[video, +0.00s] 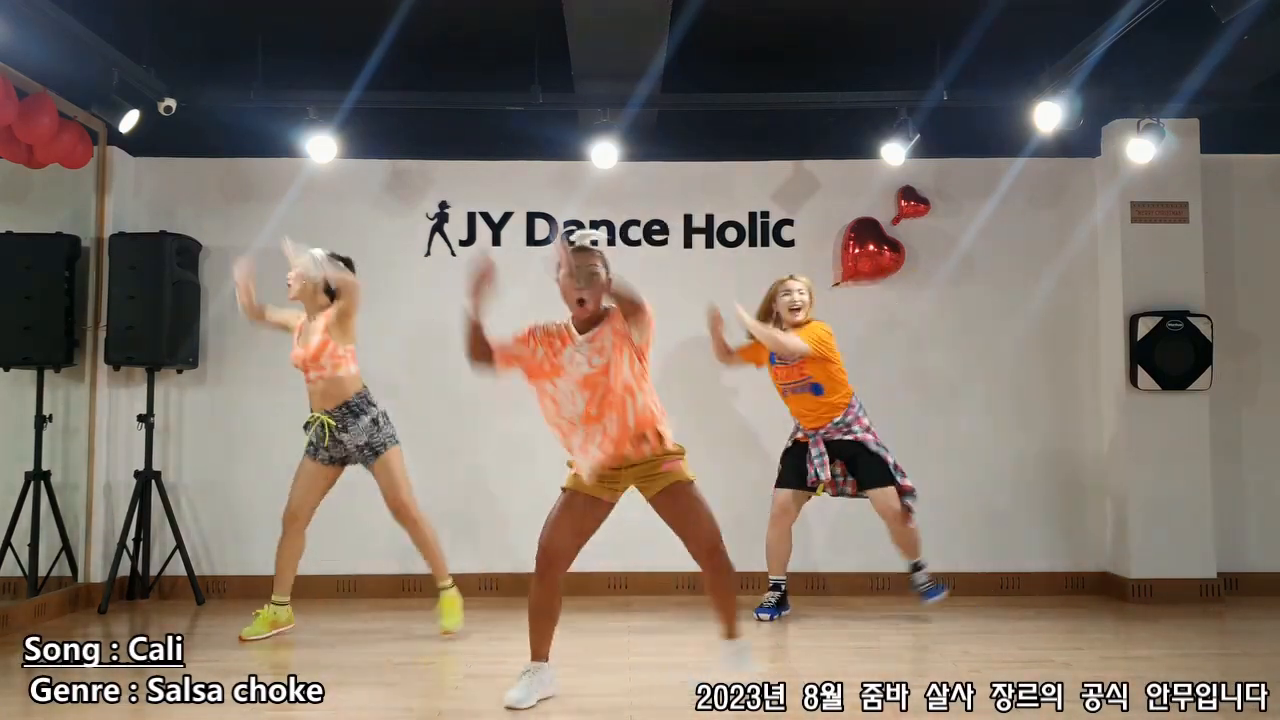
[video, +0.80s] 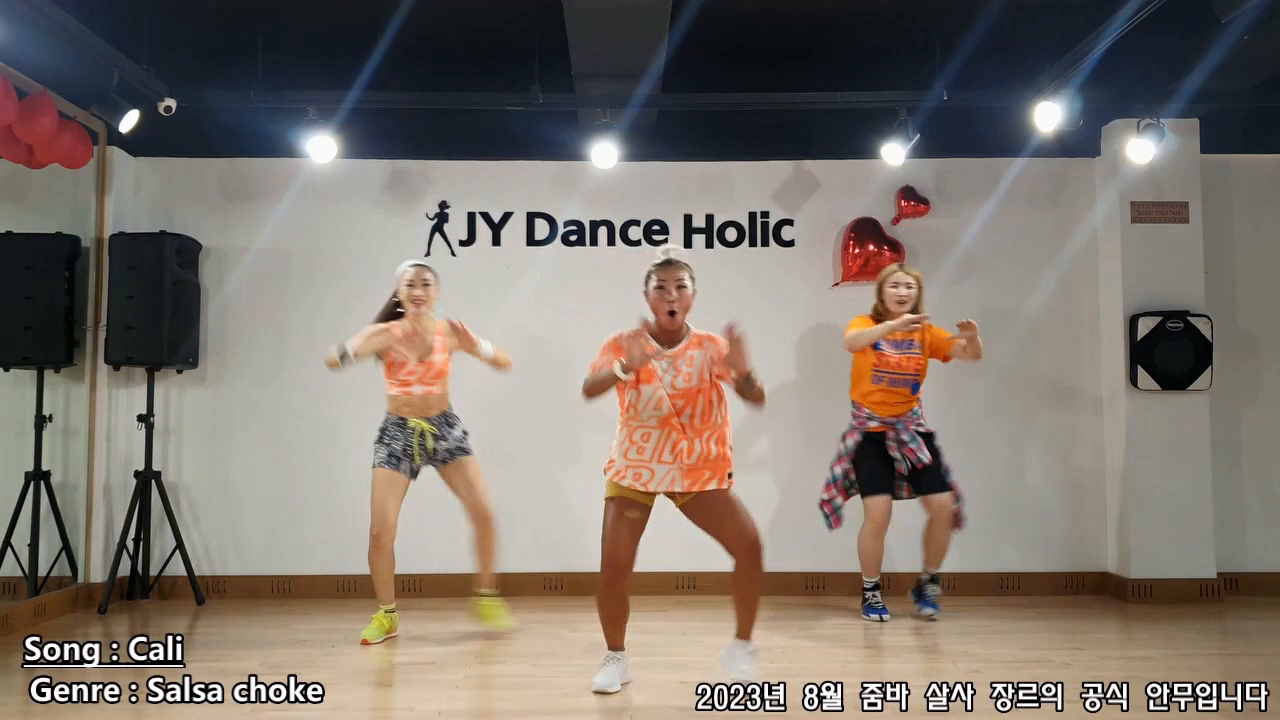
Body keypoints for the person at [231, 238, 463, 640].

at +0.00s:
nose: (290, 279)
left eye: (297, 274)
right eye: (291, 273)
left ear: (318, 282)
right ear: (297, 282)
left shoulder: (338, 316)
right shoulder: (298, 322)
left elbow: (349, 288)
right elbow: (257, 313)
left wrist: (319, 262)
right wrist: (245, 284)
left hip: (362, 418)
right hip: (324, 427)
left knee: (403, 508)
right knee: (294, 517)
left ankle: (447, 589)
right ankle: (279, 607)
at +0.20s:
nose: (295, 285)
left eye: (305, 279)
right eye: (294, 278)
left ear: (330, 288)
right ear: (293, 287)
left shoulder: (339, 324)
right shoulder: (294, 325)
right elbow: (249, 318)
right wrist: (234, 282)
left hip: (362, 424)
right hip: (322, 432)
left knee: (400, 513)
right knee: (288, 521)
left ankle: (445, 593)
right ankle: (280, 609)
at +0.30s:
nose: (316, 291)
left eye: (326, 285)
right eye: (311, 284)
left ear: (343, 294)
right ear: (304, 293)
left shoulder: (357, 335)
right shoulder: (300, 341)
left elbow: (395, 366)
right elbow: (268, 380)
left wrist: (358, 359)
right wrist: (264, 369)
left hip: (364, 435)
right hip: (321, 440)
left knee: (397, 529)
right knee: (278, 528)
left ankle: (427, 606)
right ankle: (279, 613)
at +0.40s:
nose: (342, 295)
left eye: (351, 288)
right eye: (335, 289)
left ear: (365, 296)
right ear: (327, 298)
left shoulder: (385, 343)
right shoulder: (320, 347)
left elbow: (424, 389)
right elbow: (298, 395)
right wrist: (285, 411)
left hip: (380, 440)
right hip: (335, 441)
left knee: (401, 534)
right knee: (286, 526)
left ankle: (423, 611)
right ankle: (278, 613)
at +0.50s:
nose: (365, 287)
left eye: (372, 280)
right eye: (358, 281)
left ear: (385, 286)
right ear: (348, 290)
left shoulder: (408, 330)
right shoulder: (339, 335)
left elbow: (454, 365)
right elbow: (299, 380)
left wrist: (444, 366)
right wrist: (306, 370)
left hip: (402, 431)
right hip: (356, 432)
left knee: (415, 528)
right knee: (313, 523)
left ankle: (424, 611)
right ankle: (295, 605)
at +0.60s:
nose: (383, 284)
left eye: (391, 278)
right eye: (376, 279)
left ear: (402, 285)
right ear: (365, 286)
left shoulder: (419, 322)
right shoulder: (356, 325)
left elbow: (475, 342)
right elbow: (306, 352)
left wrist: (443, 330)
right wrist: (328, 335)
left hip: (418, 425)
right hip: (373, 426)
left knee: (418, 525)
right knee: (346, 518)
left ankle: (425, 610)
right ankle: (354, 601)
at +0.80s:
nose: (418, 291)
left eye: (426, 285)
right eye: (411, 285)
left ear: (436, 292)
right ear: (399, 292)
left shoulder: (449, 331)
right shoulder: (385, 333)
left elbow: (503, 363)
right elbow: (333, 361)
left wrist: (476, 346)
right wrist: (367, 343)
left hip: (444, 428)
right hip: (398, 431)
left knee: (484, 513)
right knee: (381, 532)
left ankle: (486, 594)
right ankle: (386, 613)